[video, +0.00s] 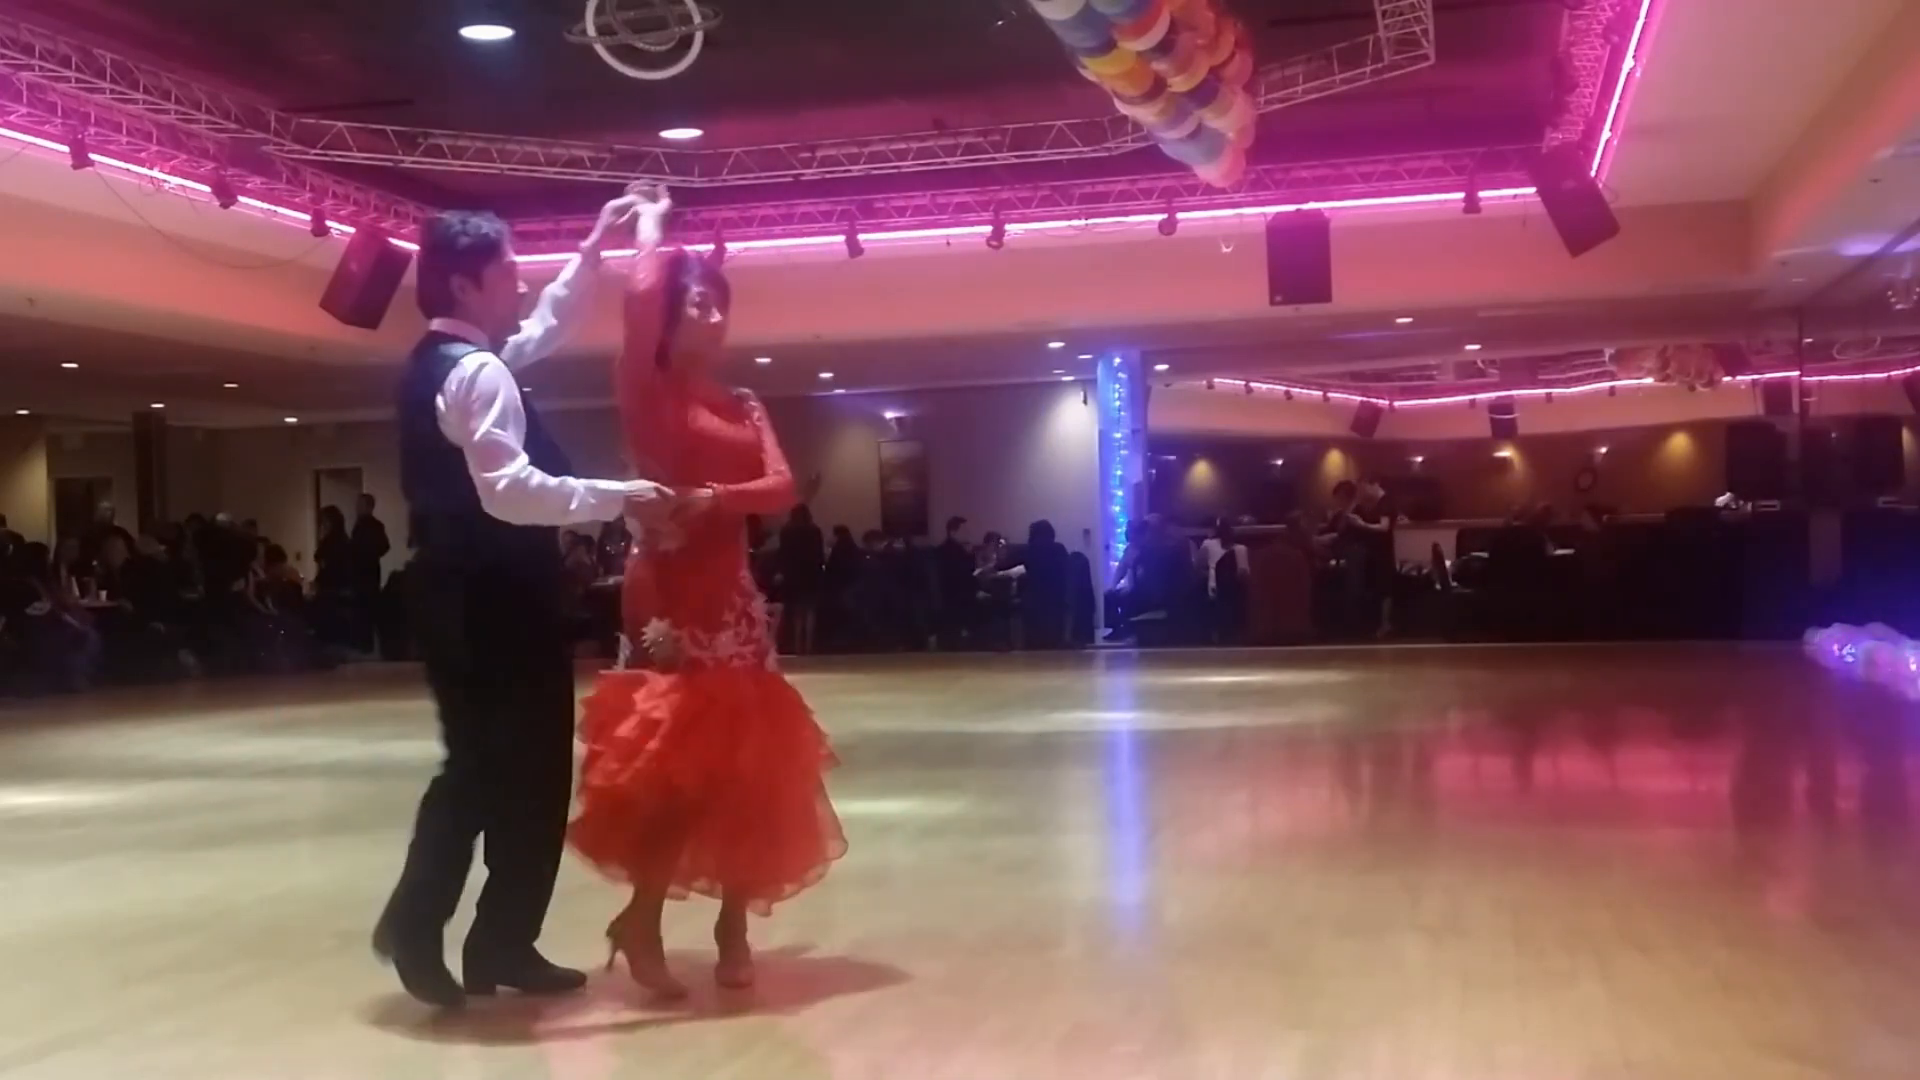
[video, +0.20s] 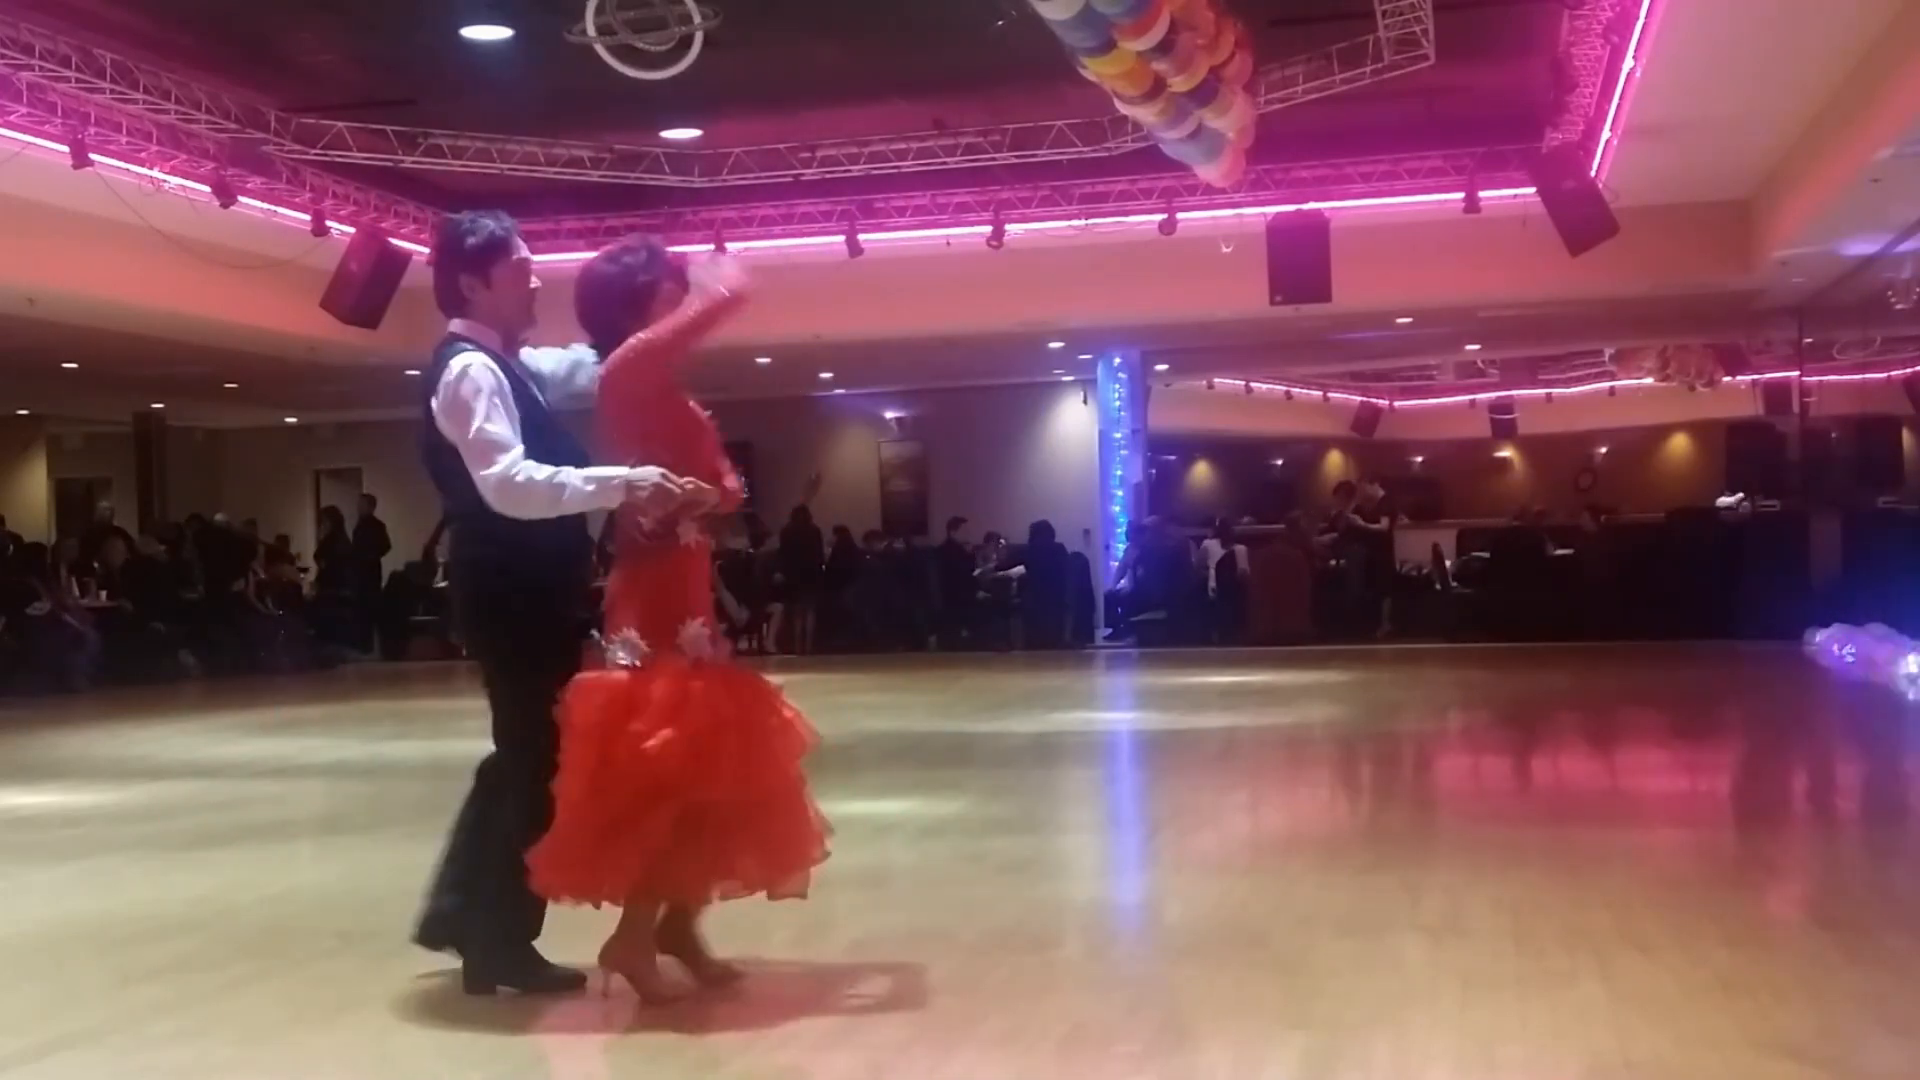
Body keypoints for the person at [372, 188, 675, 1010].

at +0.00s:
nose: (520, 282)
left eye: (514, 269)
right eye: (508, 270)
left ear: (447, 284)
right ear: (469, 281)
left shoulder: (435, 364)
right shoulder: (479, 371)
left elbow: (540, 325)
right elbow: (508, 488)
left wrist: (595, 244)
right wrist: (627, 496)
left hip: (455, 591)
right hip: (511, 596)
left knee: (475, 764)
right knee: (534, 774)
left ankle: (411, 924)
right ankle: (504, 945)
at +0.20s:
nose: (536, 282)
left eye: (532, 268)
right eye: (521, 270)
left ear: (487, 283)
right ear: (470, 281)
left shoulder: (505, 363)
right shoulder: (469, 370)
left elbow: (589, 368)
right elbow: (507, 483)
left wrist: (658, 318)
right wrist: (623, 481)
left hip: (536, 586)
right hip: (511, 591)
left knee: (531, 753)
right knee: (535, 757)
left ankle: (462, 914)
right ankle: (497, 947)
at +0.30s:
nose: (543, 277)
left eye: (539, 264)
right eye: (525, 268)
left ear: (516, 281)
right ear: (474, 283)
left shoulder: (550, 372)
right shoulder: (468, 374)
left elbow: (620, 433)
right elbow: (525, 473)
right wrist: (639, 481)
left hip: (560, 582)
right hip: (512, 590)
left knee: (547, 745)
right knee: (544, 746)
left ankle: (486, 905)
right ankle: (499, 943)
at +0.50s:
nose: (554, 295)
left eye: (556, 279)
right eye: (539, 281)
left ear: (541, 287)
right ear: (500, 289)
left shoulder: (561, 373)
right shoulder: (485, 373)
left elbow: (615, 448)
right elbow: (527, 467)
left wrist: (668, 493)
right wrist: (624, 490)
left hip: (576, 584)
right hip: (520, 593)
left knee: (564, 760)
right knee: (541, 762)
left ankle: (510, 919)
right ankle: (489, 920)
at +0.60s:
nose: (641, 320)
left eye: (635, 307)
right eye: (631, 309)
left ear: (555, 327)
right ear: (606, 321)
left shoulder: (553, 401)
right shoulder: (623, 396)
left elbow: (601, 479)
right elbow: (703, 467)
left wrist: (657, 517)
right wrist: (717, 528)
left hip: (578, 577)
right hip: (636, 578)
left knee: (577, 756)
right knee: (651, 759)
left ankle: (511, 923)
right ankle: (636, 941)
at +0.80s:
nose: (569, 300)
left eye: (573, 285)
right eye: (554, 288)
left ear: (578, 294)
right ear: (518, 296)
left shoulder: (601, 380)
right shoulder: (493, 374)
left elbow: (653, 465)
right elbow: (511, 476)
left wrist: (682, 525)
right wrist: (598, 510)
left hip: (599, 584)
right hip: (528, 587)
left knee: (595, 762)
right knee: (530, 767)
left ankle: (578, 921)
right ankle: (505, 941)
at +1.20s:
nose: (590, 306)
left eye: (600, 293)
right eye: (574, 294)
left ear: (618, 303)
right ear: (544, 307)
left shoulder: (654, 384)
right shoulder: (514, 390)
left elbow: (685, 474)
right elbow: (499, 491)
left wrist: (657, 513)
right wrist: (596, 501)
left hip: (637, 584)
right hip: (557, 589)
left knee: (638, 733)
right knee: (560, 742)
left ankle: (648, 891)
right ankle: (580, 885)